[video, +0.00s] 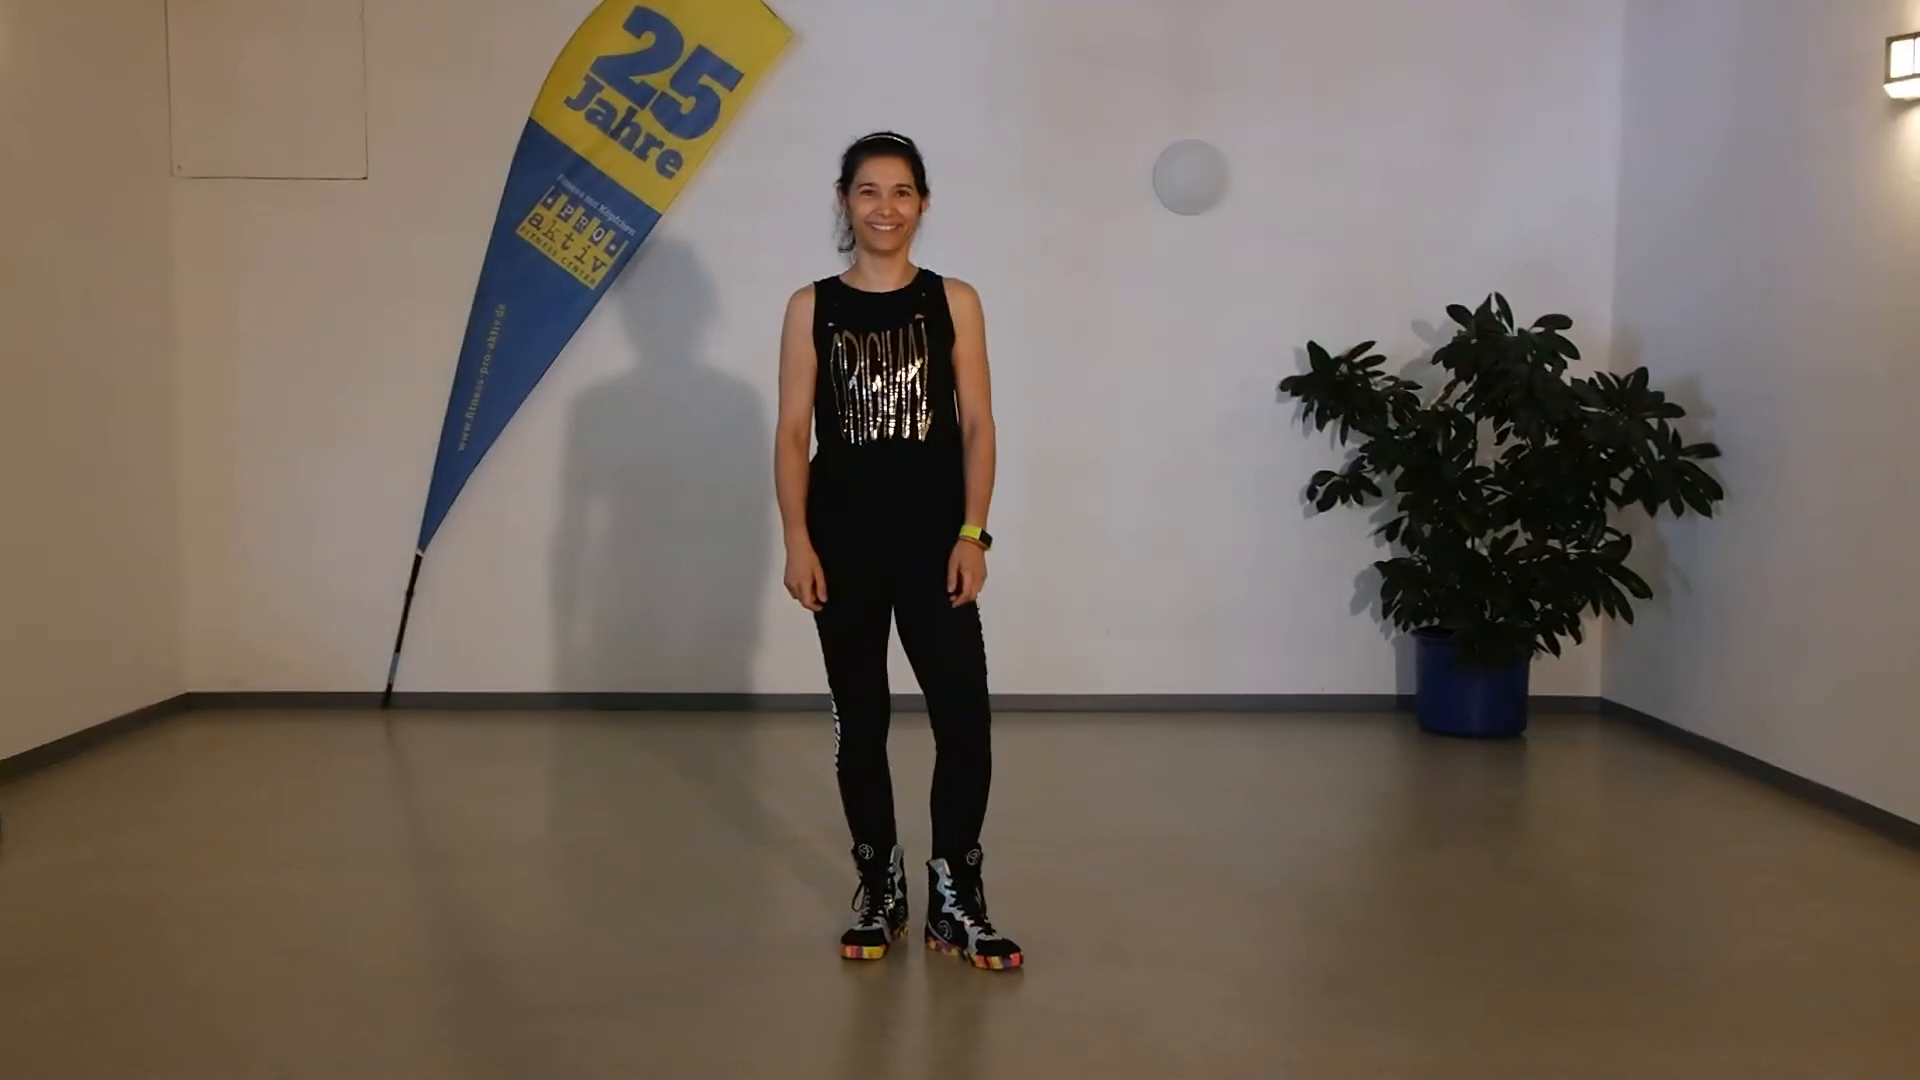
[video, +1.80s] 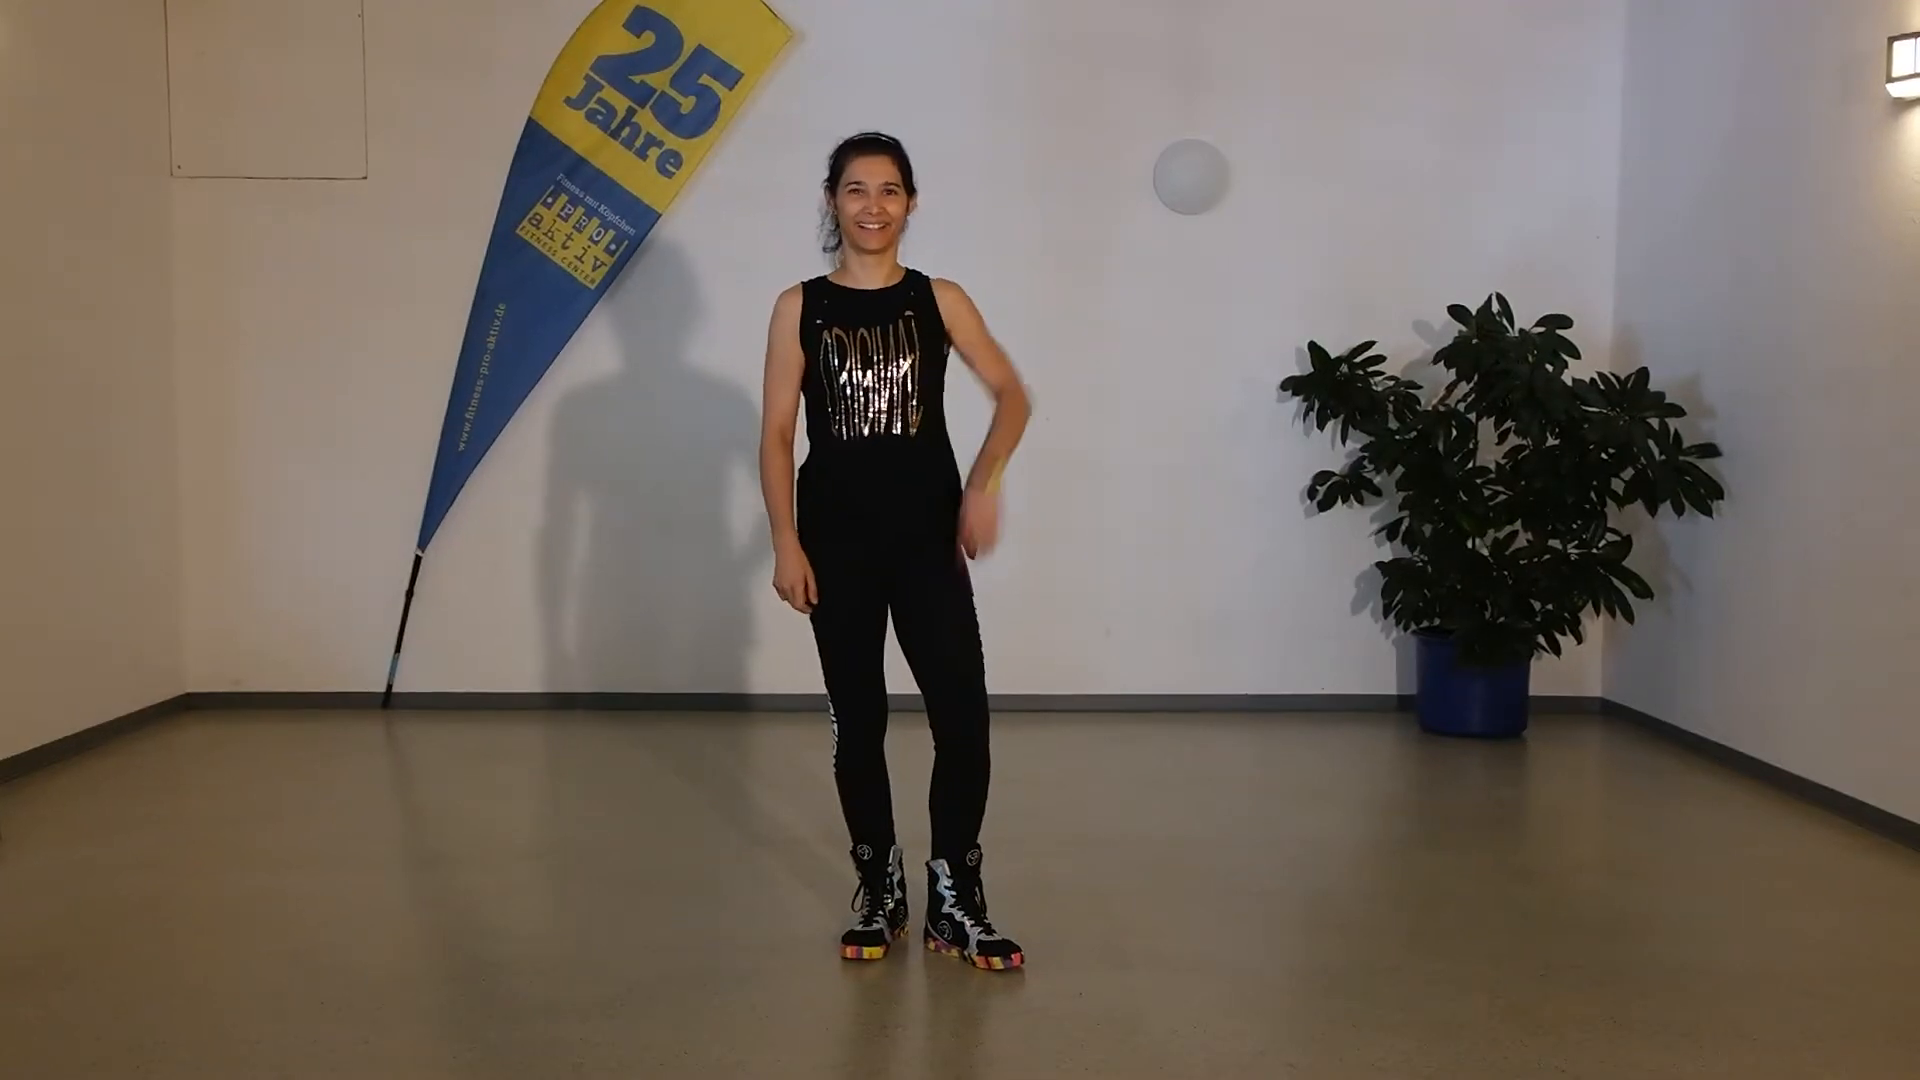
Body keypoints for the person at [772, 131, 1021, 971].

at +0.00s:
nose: (886, 205)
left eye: (901, 192)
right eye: (869, 191)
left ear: (922, 205)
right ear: (845, 204)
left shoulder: (955, 302)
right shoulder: (810, 307)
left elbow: (978, 425)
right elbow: (793, 434)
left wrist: (975, 531)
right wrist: (797, 540)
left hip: (933, 542)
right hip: (842, 543)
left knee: (965, 721)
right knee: (861, 722)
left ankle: (956, 896)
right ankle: (879, 891)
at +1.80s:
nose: (873, 204)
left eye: (888, 191)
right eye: (857, 190)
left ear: (909, 206)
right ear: (833, 203)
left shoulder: (940, 301)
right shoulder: (800, 308)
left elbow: (1012, 396)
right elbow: (778, 434)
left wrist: (983, 485)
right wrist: (786, 540)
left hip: (927, 537)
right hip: (835, 538)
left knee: (963, 716)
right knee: (859, 720)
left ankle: (953, 899)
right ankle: (878, 890)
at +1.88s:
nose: (875, 205)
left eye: (890, 191)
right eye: (859, 190)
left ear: (911, 205)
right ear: (835, 203)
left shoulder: (941, 300)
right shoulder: (800, 308)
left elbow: (1013, 372)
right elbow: (776, 431)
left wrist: (1022, 368)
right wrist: (785, 538)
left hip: (926, 538)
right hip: (834, 541)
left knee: (962, 716)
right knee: (858, 720)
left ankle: (955, 899)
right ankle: (878, 889)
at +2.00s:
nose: (879, 202)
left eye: (895, 189)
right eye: (863, 188)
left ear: (915, 205)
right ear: (839, 202)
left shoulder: (941, 296)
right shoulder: (804, 306)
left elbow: (1009, 340)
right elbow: (782, 430)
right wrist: (781, 537)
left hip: (926, 544)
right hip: (835, 545)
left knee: (960, 716)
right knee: (857, 722)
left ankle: (954, 900)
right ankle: (877, 889)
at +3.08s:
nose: (897, 195)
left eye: (914, 186)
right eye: (881, 181)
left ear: (930, 209)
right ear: (854, 198)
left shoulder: (950, 304)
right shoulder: (812, 303)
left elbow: (1013, 409)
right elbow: (787, 428)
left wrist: (998, 338)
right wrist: (799, 531)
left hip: (930, 542)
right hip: (839, 542)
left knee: (964, 717)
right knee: (859, 722)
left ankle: (951, 896)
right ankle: (878, 888)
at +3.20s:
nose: (896, 196)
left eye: (913, 187)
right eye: (881, 182)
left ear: (930, 209)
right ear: (854, 198)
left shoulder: (954, 307)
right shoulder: (812, 301)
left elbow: (982, 415)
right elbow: (786, 426)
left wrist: (1000, 457)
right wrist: (797, 529)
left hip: (930, 540)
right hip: (838, 540)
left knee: (966, 718)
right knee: (860, 722)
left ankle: (954, 899)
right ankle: (878, 891)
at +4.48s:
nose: (946, 188)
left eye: (961, 174)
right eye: (928, 176)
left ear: (985, 192)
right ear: (906, 196)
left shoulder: (1025, 292)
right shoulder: (878, 301)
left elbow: (1053, 413)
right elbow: (856, 424)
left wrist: (1017, 492)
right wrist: (902, 503)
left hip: (1010, 529)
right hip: (919, 530)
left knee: (1029, 725)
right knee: (904, 719)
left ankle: (1046, 910)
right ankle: (884, 893)